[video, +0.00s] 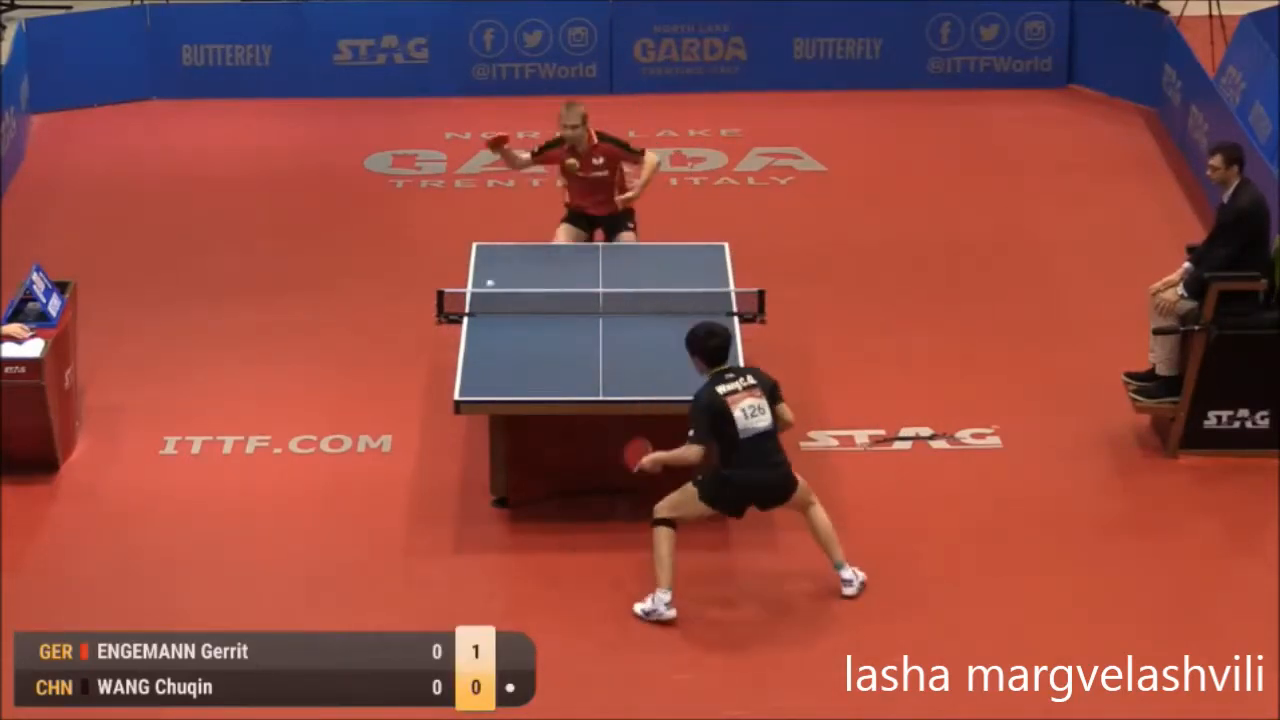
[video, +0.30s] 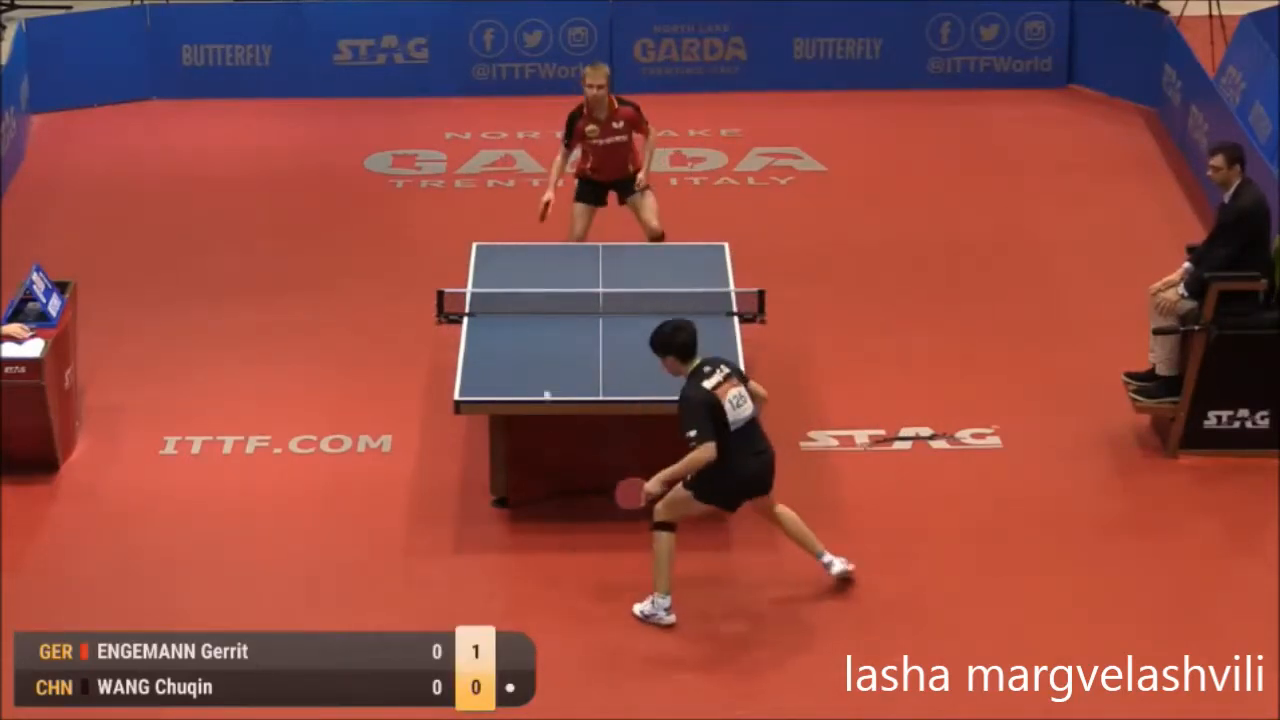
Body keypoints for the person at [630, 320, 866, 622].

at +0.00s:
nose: (691, 360)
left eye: (691, 356)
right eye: (693, 354)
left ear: (697, 359)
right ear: (728, 350)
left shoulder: (706, 397)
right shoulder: (757, 377)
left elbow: (694, 454)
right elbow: (786, 419)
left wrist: (659, 458)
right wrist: (756, 434)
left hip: (732, 482)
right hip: (776, 477)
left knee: (663, 513)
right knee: (810, 504)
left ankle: (662, 600)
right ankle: (846, 574)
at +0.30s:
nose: (662, 364)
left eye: (661, 358)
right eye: (660, 357)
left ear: (671, 359)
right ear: (690, 349)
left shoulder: (692, 396)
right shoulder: (717, 364)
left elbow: (707, 452)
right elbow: (760, 394)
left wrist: (661, 479)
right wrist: (739, 428)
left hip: (730, 474)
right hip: (762, 461)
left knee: (664, 512)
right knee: (770, 507)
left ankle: (660, 603)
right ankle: (830, 560)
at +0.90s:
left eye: (664, 285)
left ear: (659, 291)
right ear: (693, 290)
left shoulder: (645, 328)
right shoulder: (712, 324)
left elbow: (632, 389)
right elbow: (737, 375)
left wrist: (649, 405)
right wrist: (722, 399)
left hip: (660, 420)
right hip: (705, 421)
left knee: (616, 479)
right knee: (725, 483)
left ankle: (599, 557)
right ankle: (742, 560)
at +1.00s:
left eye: (658, 282)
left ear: (653, 287)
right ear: (687, 287)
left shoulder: (639, 325)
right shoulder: (706, 321)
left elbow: (628, 385)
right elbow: (732, 371)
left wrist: (643, 397)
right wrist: (713, 391)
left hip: (653, 417)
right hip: (699, 418)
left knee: (607, 471)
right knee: (722, 482)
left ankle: (589, 550)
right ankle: (742, 559)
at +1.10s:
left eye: (642, 291)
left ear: (636, 297)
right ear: (670, 295)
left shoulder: (624, 335)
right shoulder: (691, 329)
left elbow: (612, 394)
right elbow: (718, 377)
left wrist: (636, 399)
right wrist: (692, 386)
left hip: (639, 427)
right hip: (685, 427)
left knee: (590, 473)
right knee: (719, 481)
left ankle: (554, 543)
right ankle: (741, 559)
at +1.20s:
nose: (630, 302)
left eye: (625, 298)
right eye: (641, 297)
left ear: (619, 306)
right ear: (651, 304)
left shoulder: (606, 344)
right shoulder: (671, 337)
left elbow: (587, 400)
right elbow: (698, 385)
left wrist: (618, 398)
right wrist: (677, 373)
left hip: (624, 436)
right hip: (670, 436)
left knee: (575, 472)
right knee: (711, 485)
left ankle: (545, 545)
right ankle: (741, 561)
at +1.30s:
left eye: (596, 286)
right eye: (614, 286)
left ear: (589, 293)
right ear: (621, 293)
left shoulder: (570, 329)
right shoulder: (635, 333)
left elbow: (540, 375)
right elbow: (657, 380)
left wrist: (565, 366)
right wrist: (640, 360)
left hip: (578, 428)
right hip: (622, 430)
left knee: (540, 466)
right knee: (673, 482)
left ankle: (537, 546)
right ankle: (722, 548)